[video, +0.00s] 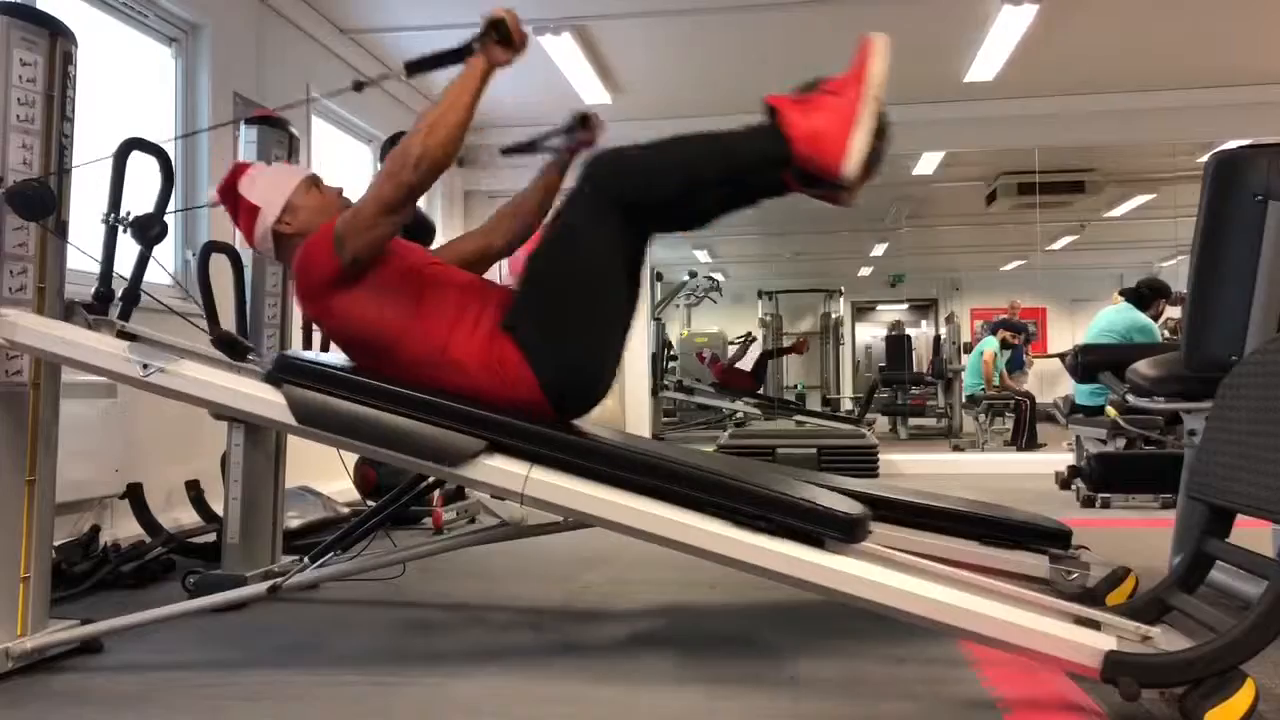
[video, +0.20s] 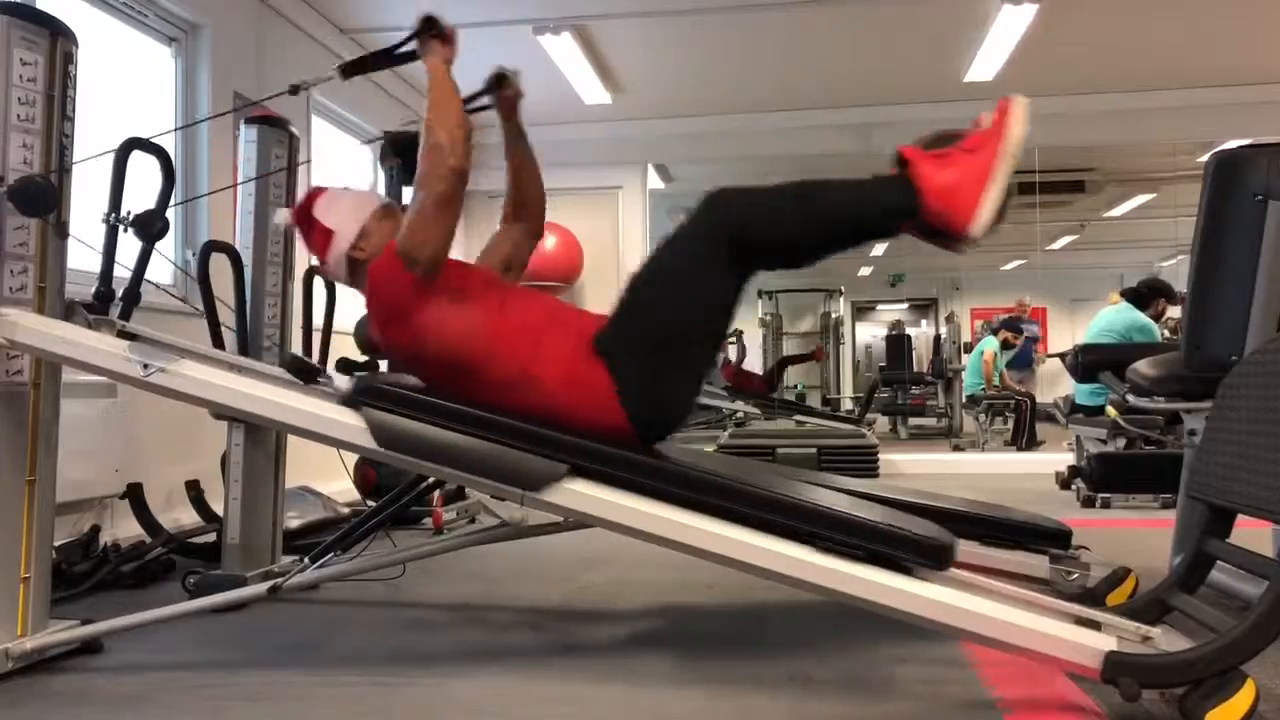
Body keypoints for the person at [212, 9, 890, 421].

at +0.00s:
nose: (329, 186)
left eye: (318, 179)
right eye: (309, 186)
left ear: (301, 216)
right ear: (287, 220)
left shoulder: (366, 273)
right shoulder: (322, 264)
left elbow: (492, 240)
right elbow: (412, 171)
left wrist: (563, 160)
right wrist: (485, 61)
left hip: (542, 355)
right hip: (540, 368)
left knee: (613, 192)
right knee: (609, 185)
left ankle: (798, 147)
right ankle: (801, 145)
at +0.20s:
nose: (392, 205)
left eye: (380, 200)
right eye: (373, 208)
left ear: (372, 239)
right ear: (354, 246)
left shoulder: (449, 294)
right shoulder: (394, 302)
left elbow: (525, 218)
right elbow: (443, 170)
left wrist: (508, 122)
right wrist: (437, 66)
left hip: (622, 370)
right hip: (617, 390)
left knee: (723, 222)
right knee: (721, 225)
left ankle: (925, 191)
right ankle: (928, 195)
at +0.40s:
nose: (429, 242)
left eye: (417, 239)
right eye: (416, 240)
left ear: (421, 273)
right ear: (411, 268)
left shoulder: (488, 315)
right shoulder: (465, 310)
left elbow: (538, 244)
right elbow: (464, 198)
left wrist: (452, 163)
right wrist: (401, 129)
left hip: (706, 400)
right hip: (710, 415)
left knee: (822, 249)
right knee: (821, 248)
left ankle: (1028, 204)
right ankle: (1035, 206)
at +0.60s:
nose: (520, 264)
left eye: (507, 259)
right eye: (503, 264)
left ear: (476, 311)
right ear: (487, 302)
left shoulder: (539, 349)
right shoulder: (523, 349)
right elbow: (448, 232)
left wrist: (425, 240)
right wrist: (358, 195)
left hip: (769, 414)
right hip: (780, 435)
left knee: (891, 263)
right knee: (892, 267)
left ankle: (1091, 202)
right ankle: (1102, 209)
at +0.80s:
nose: (529, 252)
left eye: (523, 250)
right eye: (517, 251)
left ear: (480, 308)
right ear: (497, 287)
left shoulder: (545, 338)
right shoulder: (521, 334)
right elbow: (438, 239)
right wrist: (345, 217)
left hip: (778, 421)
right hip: (794, 437)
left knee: (906, 271)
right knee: (910, 276)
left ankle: (1113, 213)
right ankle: (1124, 223)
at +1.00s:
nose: (479, 252)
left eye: (441, 248)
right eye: (452, 249)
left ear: (424, 293)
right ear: (440, 274)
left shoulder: (500, 326)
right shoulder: (491, 324)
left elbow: (559, 248)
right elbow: (470, 214)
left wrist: (452, 240)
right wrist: (395, 176)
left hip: (731, 411)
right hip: (739, 428)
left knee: (851, 255)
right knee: (850, 258)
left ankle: (1055, 207)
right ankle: (1064, 211)